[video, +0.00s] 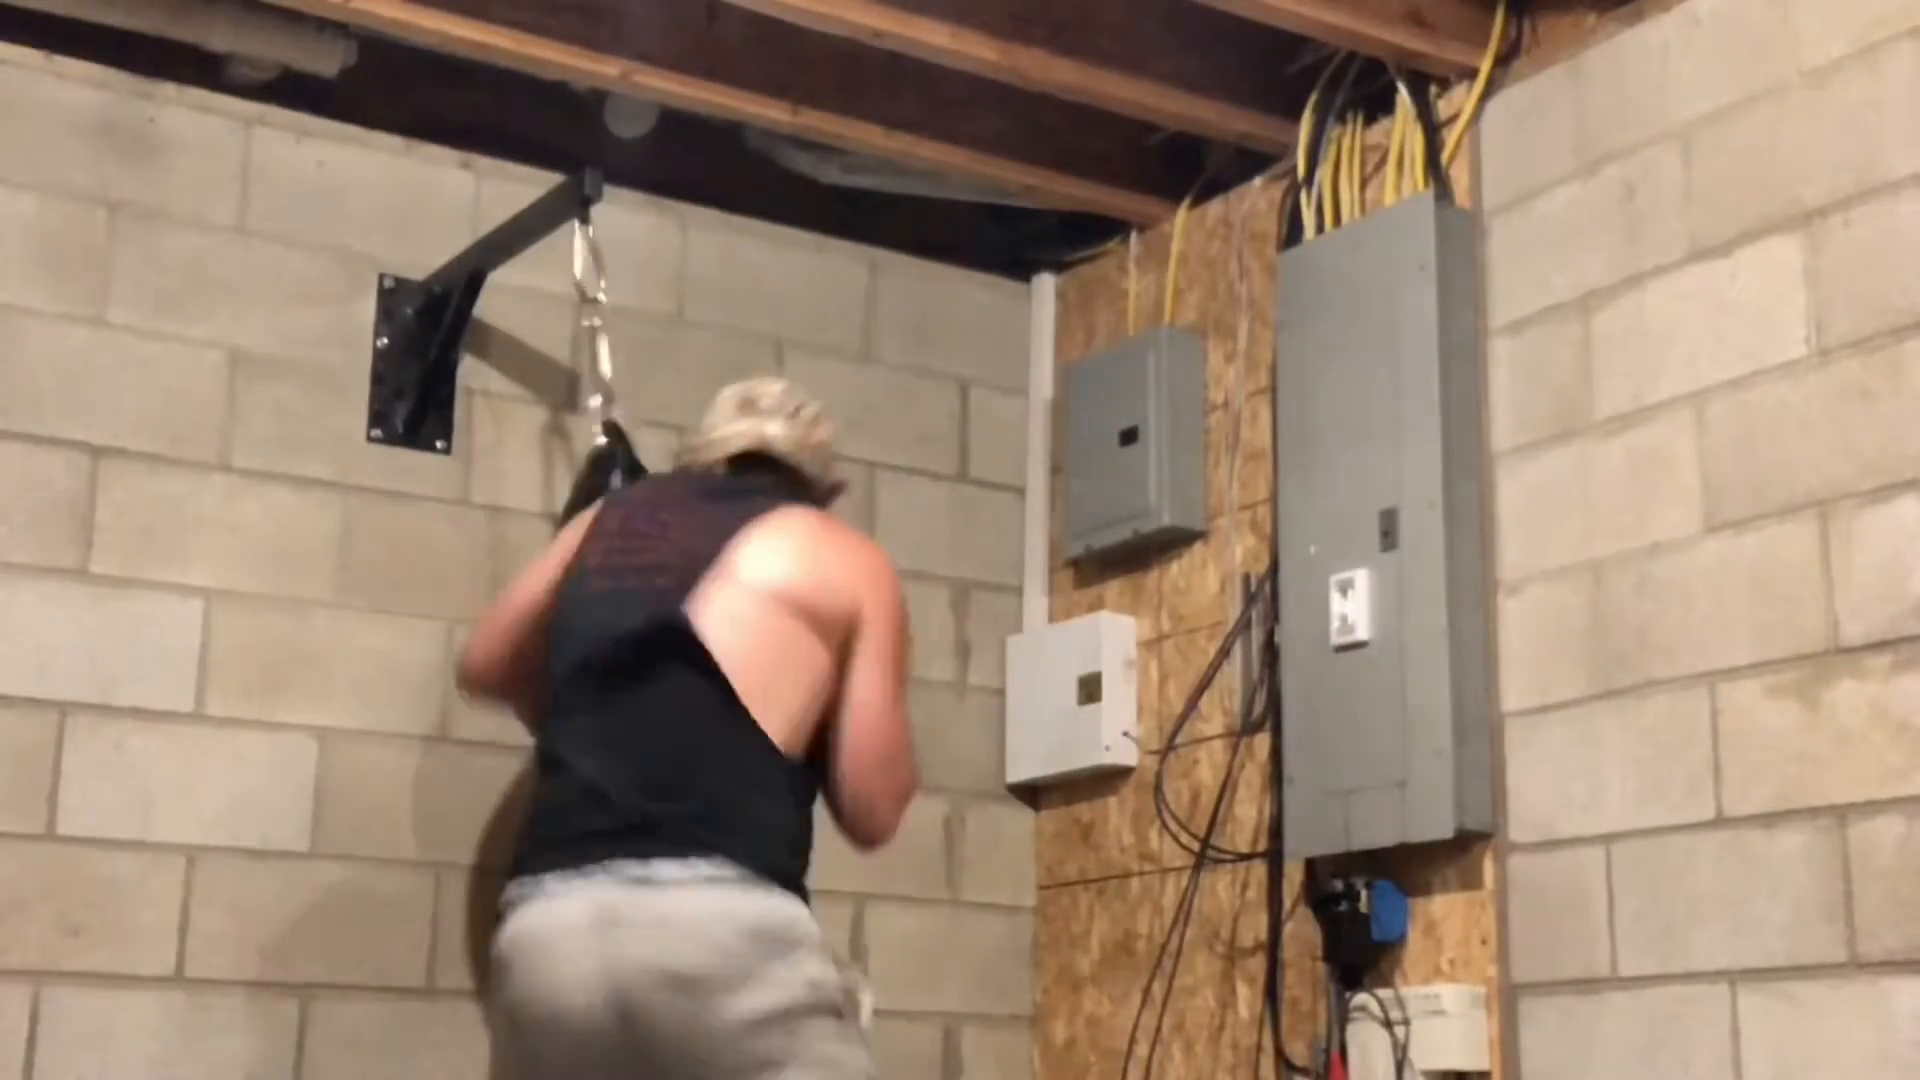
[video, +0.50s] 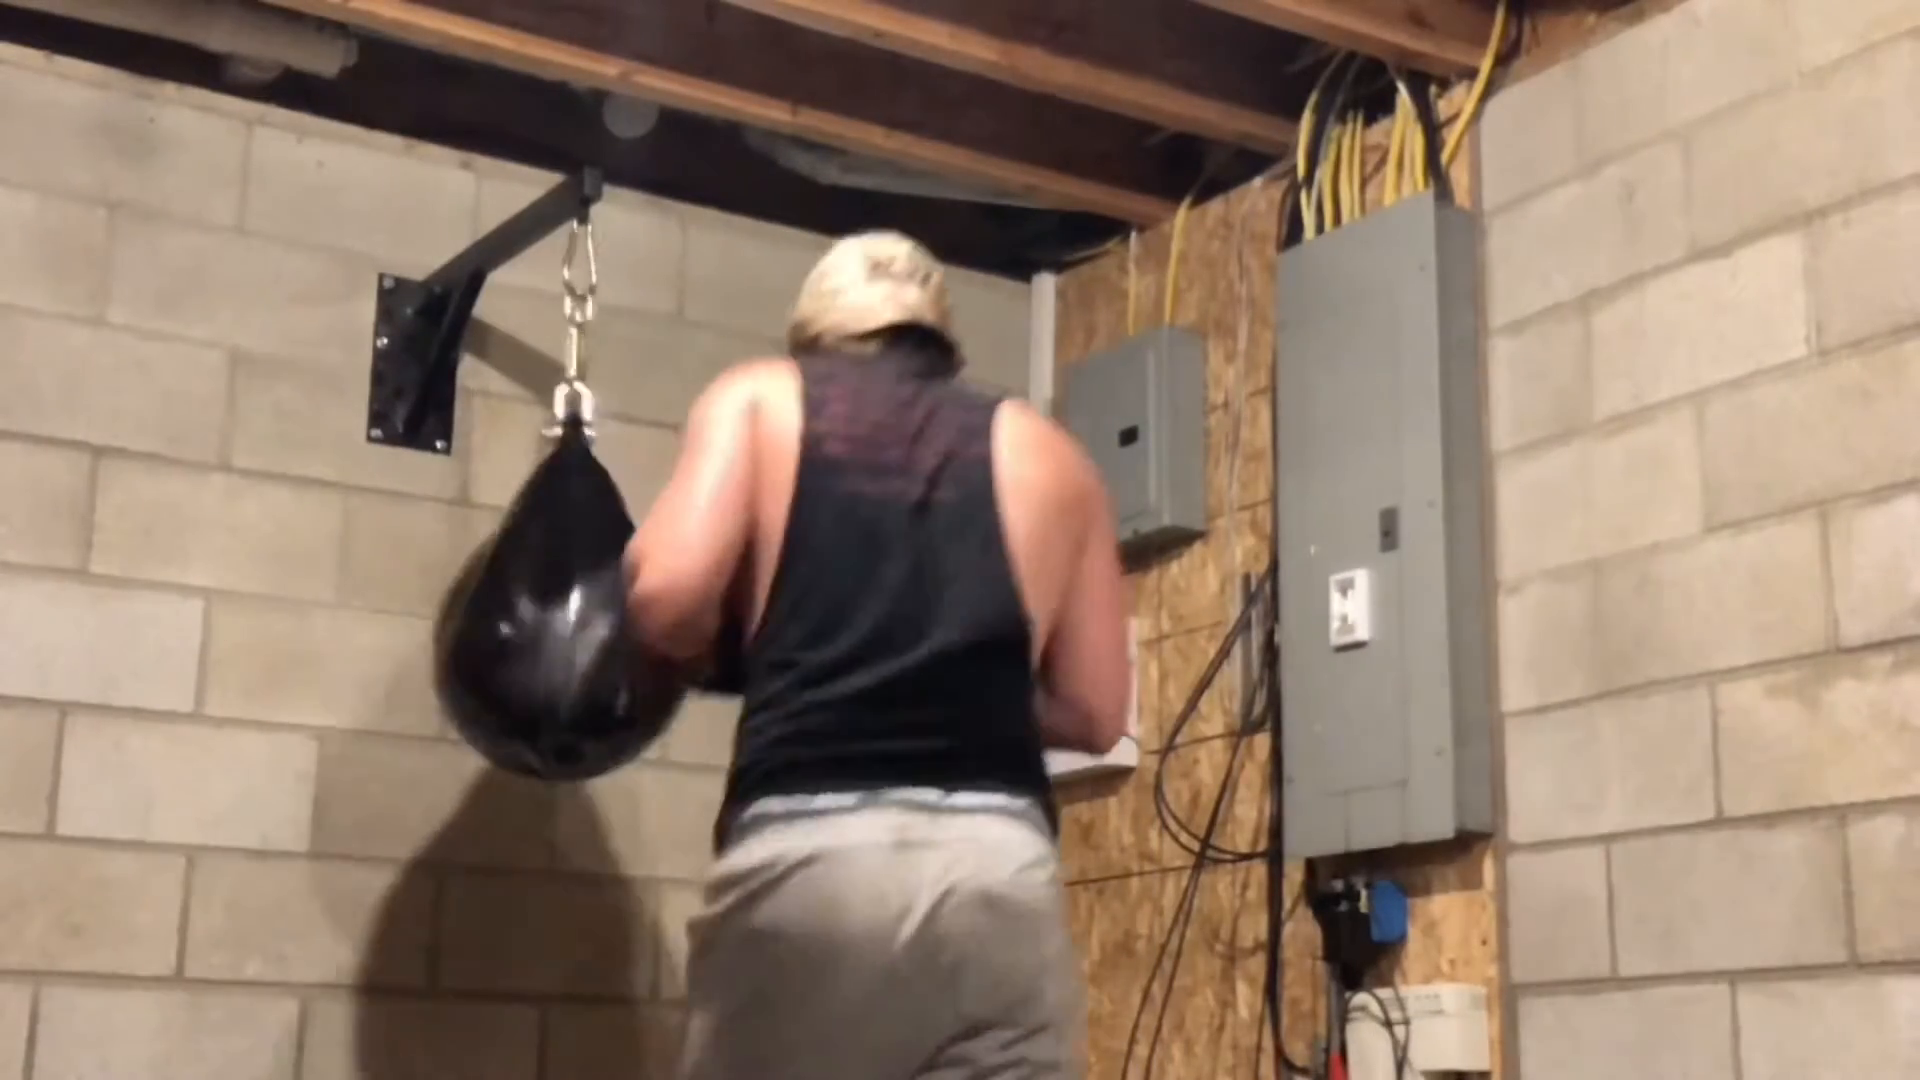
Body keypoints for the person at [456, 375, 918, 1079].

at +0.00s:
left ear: (701, 457)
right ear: (825, 484)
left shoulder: (602, 520)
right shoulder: (852, 560)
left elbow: (489, 661)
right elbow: (874, 810)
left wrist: (600, 722)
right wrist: (819, 672)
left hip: (546, 924)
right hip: (728, 928)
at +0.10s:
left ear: (688, 471)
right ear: (814, 490)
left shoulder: (592, 540)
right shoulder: (865, 586)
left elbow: (476, 723)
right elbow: (875, 845)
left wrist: (606, 710)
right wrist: (817, 707)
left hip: (576, 966)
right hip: (771, 974)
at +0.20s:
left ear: (711, 438)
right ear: (839, 448)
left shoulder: (616, 512)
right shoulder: (907, 553)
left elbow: (494, 697)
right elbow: (928, 816)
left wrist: (629, 746)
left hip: (633, 953)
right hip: (827, 958)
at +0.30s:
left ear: (745, 400)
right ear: (877, 409)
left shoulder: (661, 478)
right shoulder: (965, 516)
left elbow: (557, 668)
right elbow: (1000, 774)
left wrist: (655, 708)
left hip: (717, 935)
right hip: (917, 926)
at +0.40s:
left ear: (780, 374)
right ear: (914, 378)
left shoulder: (716, 446)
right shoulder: (1012, 485)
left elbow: (626, 643)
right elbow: (1061, 751)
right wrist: (938, 720)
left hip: (771, 914)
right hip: (973, 902)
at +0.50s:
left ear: (811, 331)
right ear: (943, 336)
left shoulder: (754, 397)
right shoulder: (1052, 453)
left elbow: (665, 599)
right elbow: (1092, 714)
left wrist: (723, 655)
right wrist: (944, 695)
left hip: (803, 865)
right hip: (1003, 872)